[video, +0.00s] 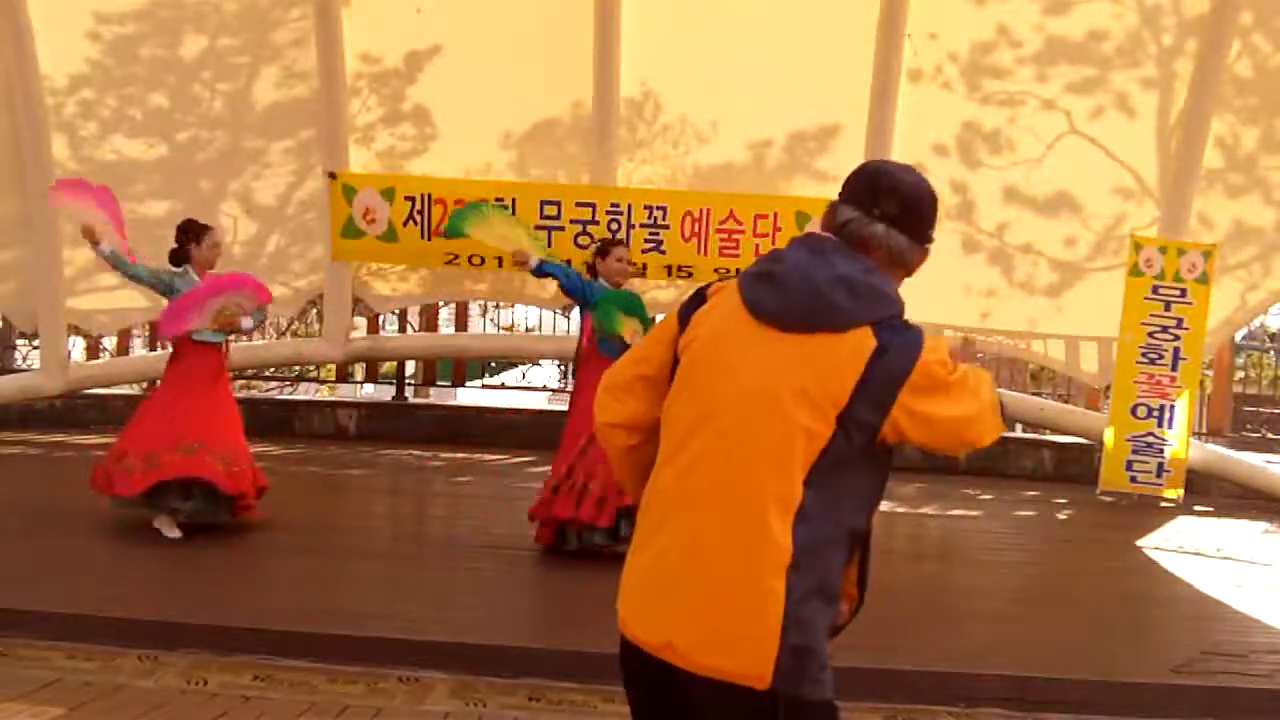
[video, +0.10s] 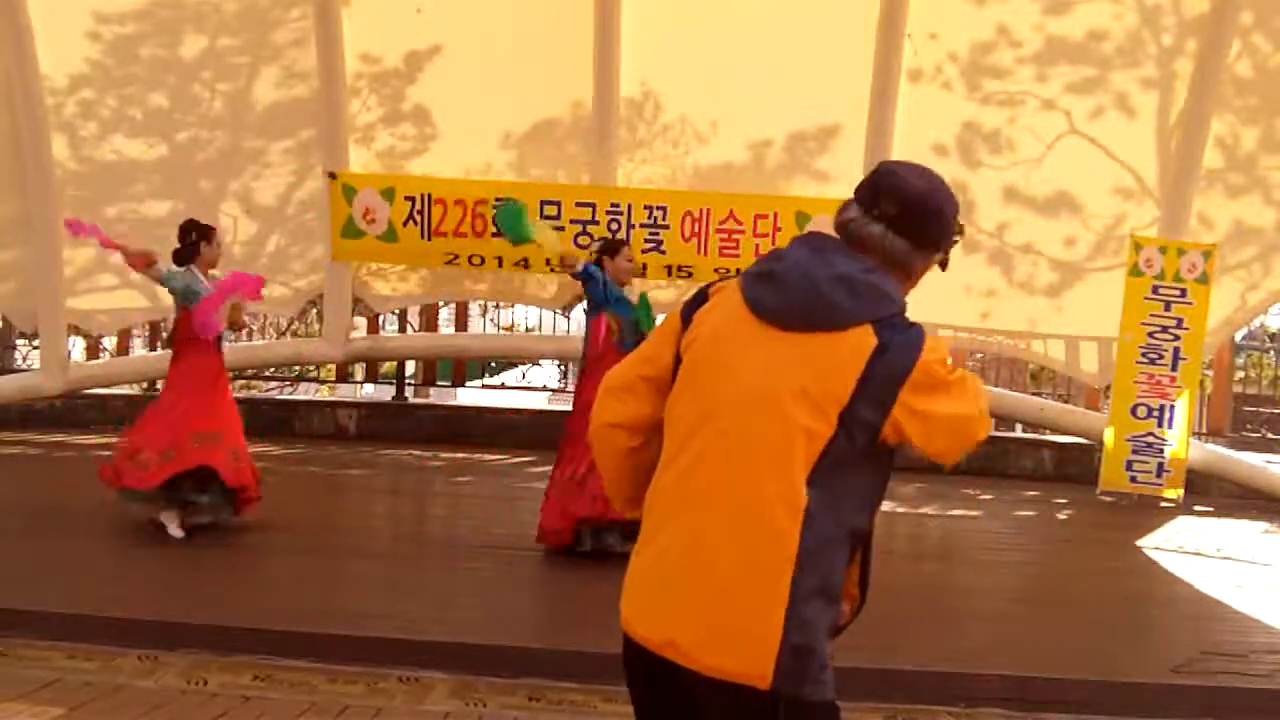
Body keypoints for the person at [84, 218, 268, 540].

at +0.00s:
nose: (218, 253)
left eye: (219, 247)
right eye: (212, 246)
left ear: (204, 250)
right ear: (192, 248)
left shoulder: (220, 286)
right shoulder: (177, 281)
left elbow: (260, 312)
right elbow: (134, 271)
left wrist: (241, 322)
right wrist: (99, 245)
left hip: (214, 367)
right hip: (187, 366)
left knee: (214, 432)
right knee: (179, 432)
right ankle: (165, 509)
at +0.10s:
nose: (220, 251)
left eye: (219, 245)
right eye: (216, 245)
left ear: (201, 248)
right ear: (201, 248)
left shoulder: (211, 285)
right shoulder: (188, 280)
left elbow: (231, 320)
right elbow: (158, 273)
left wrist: (235, 312)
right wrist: (134, 257)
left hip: (209, 363)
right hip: (190, 363)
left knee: (213, 430)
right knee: (190, 432)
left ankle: (205, 501)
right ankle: (172, 506)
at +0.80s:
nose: (232, 255)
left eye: (233, 248)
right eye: (227, 248)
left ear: (218, 247)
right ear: (208, 247)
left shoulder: (229, 282)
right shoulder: (195, 278)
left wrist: (234, 315)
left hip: (205, 359)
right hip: (187, 360)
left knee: (202, 424)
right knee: (183, 425)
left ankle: (192, 499)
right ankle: (168, 503)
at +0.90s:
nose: (229, 249)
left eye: (227, 244)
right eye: (226, 243)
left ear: (202, 244)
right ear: (216, 244)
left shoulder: (212, 274)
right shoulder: (203, 275)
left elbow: (230, 315)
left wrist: (242, 293)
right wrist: (243, 292)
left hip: (197, 360)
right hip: (184, 361)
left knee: (200, 425)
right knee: (184, 427)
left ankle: (189, 499)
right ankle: (167, 504)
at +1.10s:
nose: (181, 243)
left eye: (184, 238)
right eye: (183, 238)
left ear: (190, 243)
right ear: (210, 245)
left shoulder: (172, 280)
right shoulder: (220, 279)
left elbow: (144, 309)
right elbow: (265, 289)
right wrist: (304, 278)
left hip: (181, 357)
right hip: (211, 356)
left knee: (183, 422)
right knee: (217, 421)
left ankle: (193, 502)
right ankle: (227, 499)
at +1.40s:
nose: (200, 251)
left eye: (206, 245)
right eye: (195, 245)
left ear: (214, 248)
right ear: (185, 247)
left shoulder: (215, 285)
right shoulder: (174, 277)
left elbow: (230, 317)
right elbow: (136, 286)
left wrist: (187, 316)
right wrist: (91, 280)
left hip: (208, 354)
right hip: (183, 352)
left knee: (199, 418)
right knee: (186, 418)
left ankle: (194, 501)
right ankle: (192, 499)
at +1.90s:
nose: (163, 242)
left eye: (163, 237)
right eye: (172, 235)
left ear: (163, 242)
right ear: (191, 243)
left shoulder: (151, 280)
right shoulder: (200, 277)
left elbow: (137, 319)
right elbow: (242, 280)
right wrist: (273, 269)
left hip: (162, 364)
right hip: (197, 364)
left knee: (172, 431)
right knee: (206, 430)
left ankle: (177, 502)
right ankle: (209, 500)